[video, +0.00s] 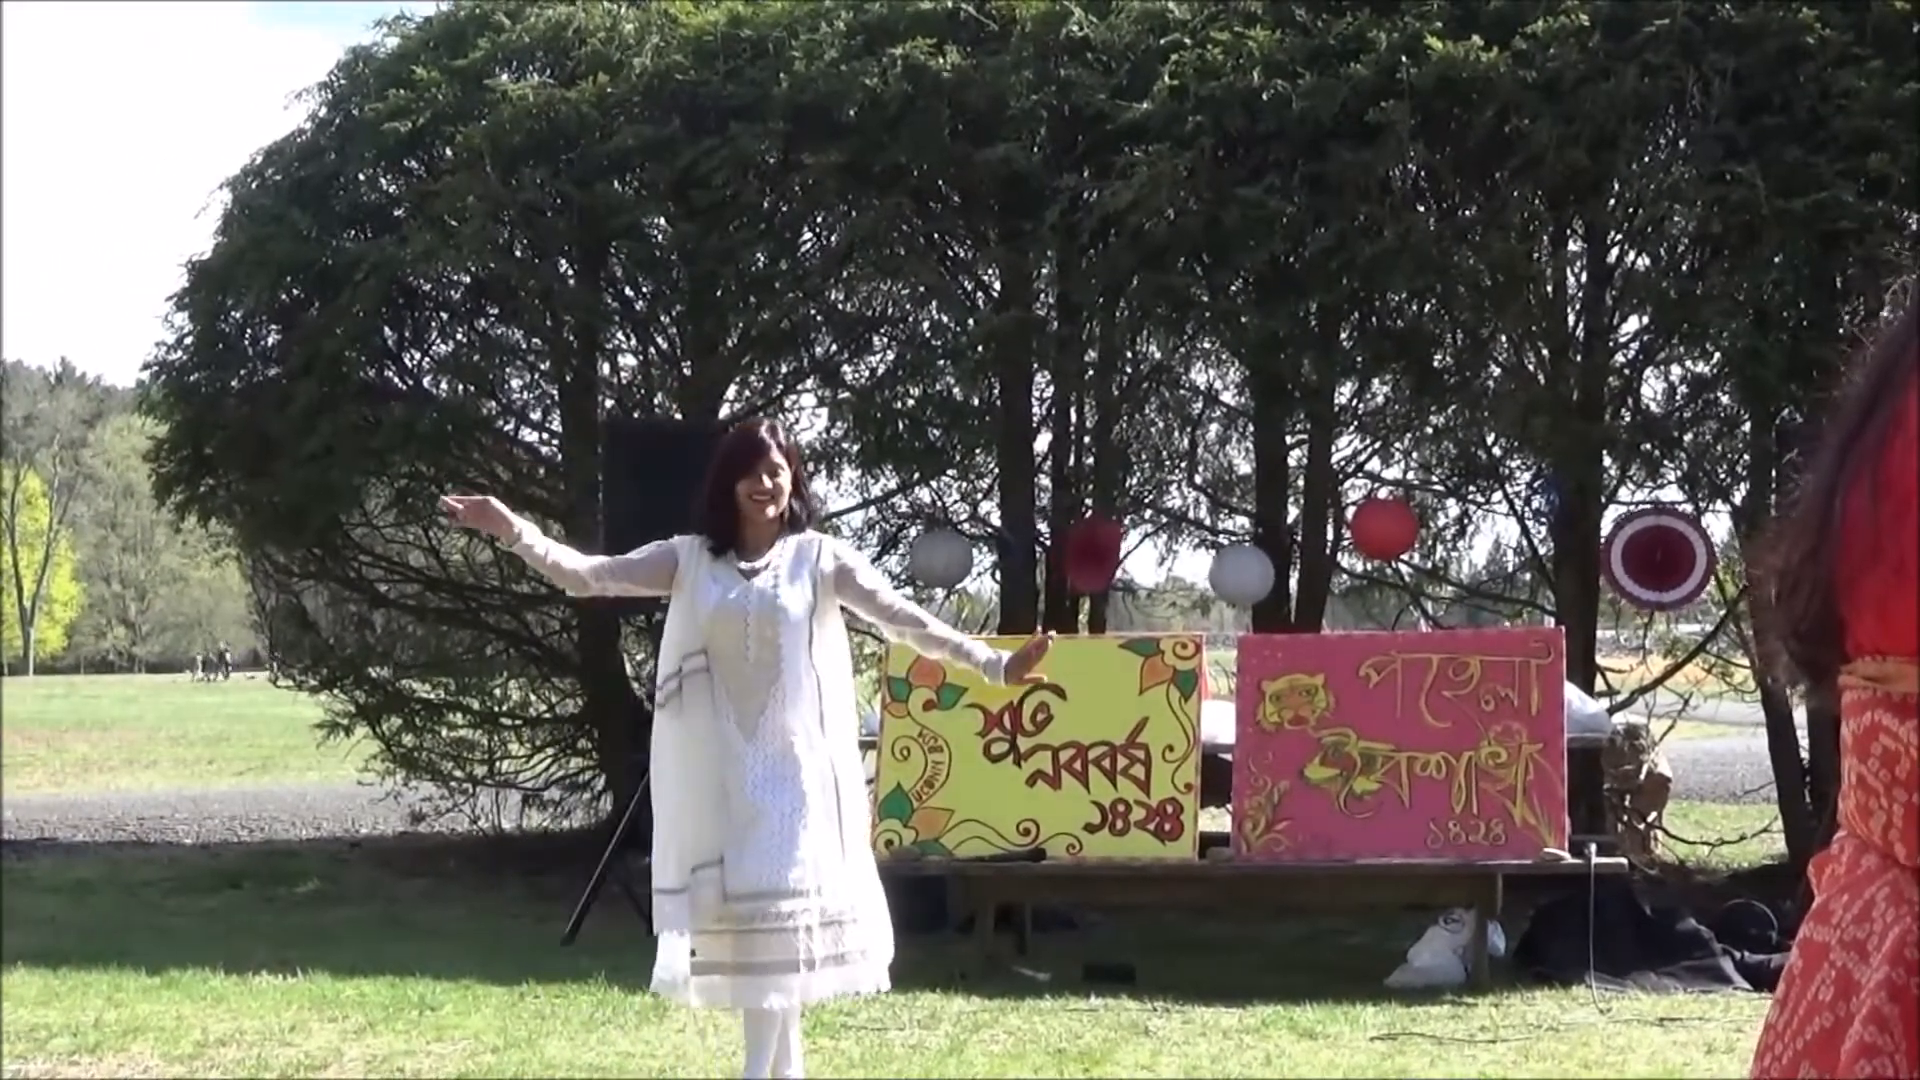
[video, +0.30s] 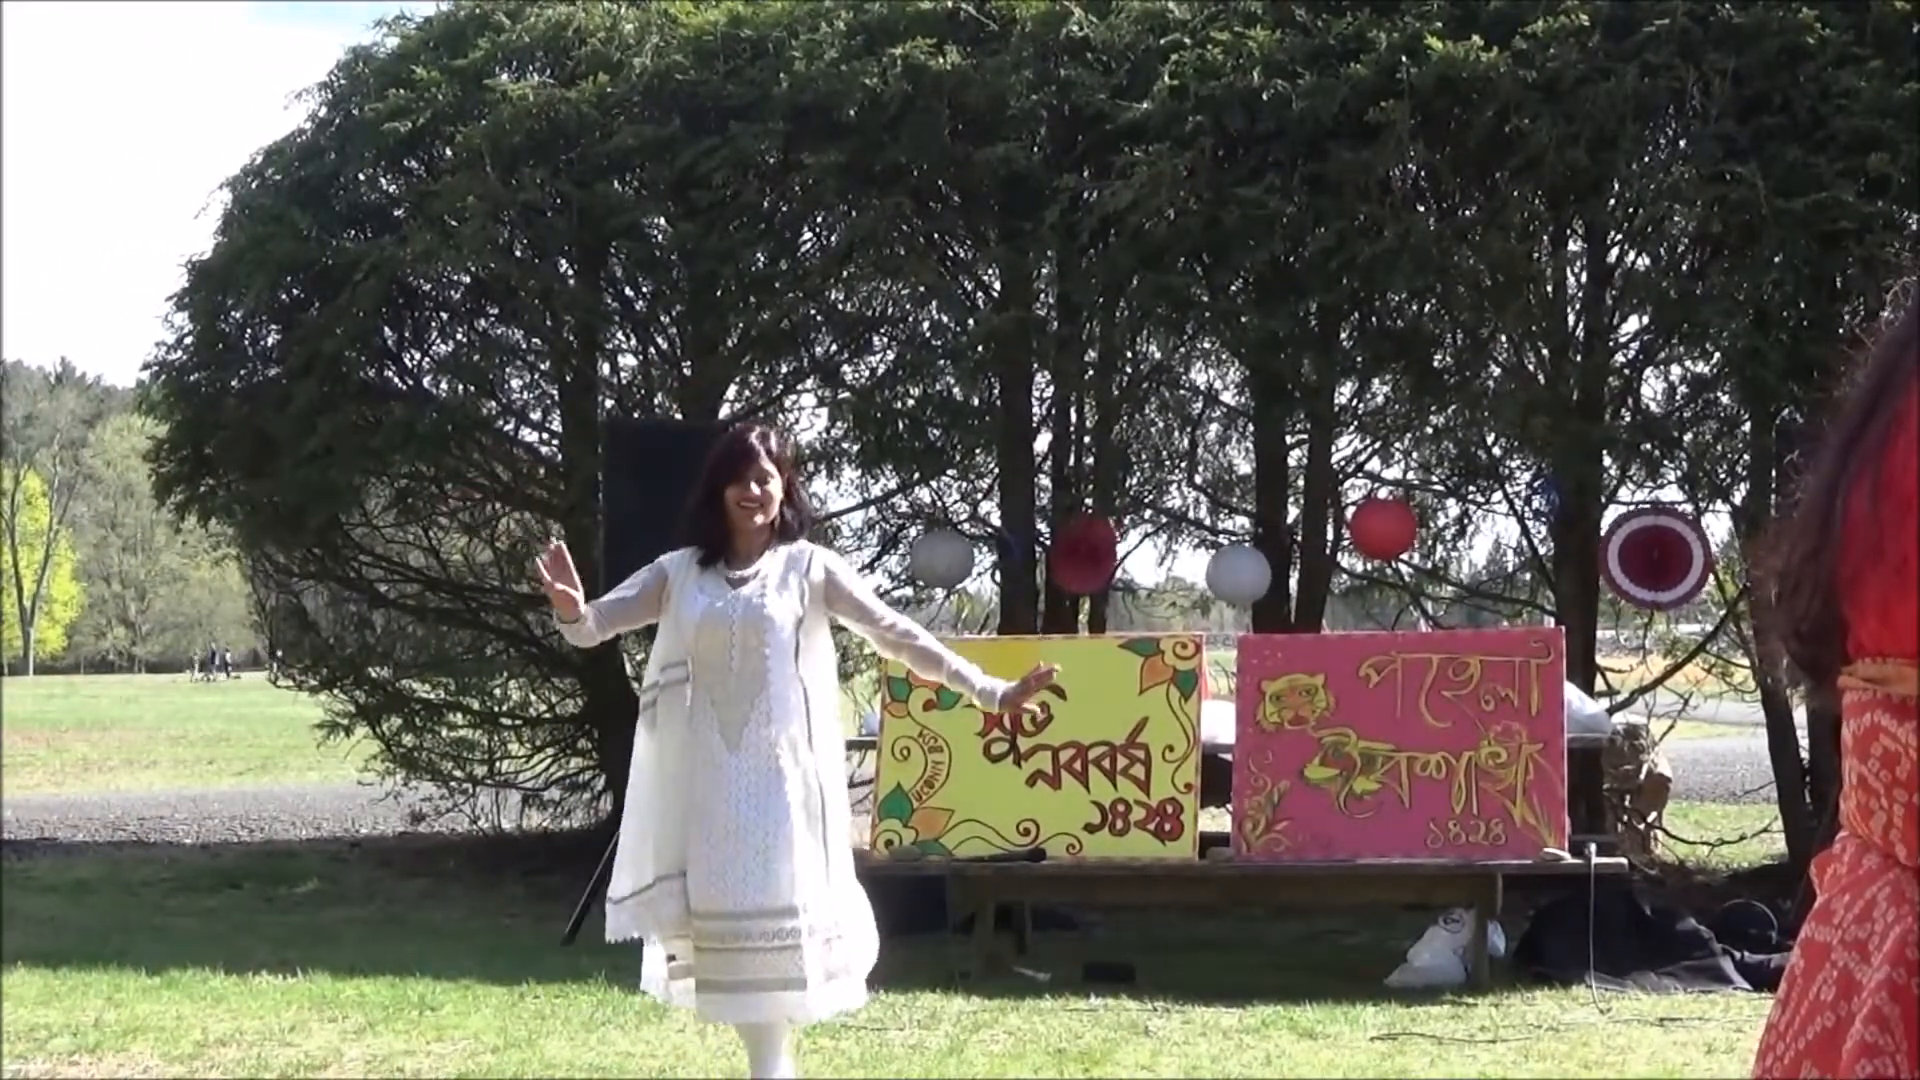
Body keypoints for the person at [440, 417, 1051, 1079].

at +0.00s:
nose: (768, 483)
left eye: (777, 471)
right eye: (753, 472)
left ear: (793, 480)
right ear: (727, 483)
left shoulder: (820, 557)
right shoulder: (693, 558)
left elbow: (907, 619)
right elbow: (584, 575)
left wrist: (994, 660)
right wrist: (513, 528)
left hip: (799, 758)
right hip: (720, 756)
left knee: (770, 908)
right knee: (753, 911)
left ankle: (763, 1068)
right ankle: (783, 1063)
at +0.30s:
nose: (752, 489)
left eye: (764, 477)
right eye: (739, 477)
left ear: (785, 487)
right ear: (718, 488)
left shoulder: (809, 567)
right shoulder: (679, 571)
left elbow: (898, 636)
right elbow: (589, 629)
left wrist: (991, 691)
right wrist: (569, 603)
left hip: (782, 769)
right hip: (698, 769)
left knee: (773, 918)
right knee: (724, 920)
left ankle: (770, 1066)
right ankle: (770, 1065)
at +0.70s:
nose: (722, 509)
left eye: (738, 497)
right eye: (711, 496)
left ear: (761, 511)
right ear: (692, 504)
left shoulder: (779, 587)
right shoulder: (655, 599)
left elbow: (874, 662)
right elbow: (584, 691)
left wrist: (971, 727)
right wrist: (596, 666)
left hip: (753, 804)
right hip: (669, 799)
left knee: (750, 963)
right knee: (617, 919)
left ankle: (758, 1069)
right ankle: (666, 1073)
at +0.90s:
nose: (685, 500)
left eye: (702, 490)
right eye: (675, 487)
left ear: (726, 506)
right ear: (655, 498)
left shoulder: (745, 593)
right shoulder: (611, 591)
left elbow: (825, 676)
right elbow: (541, 684)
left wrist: (932, 693)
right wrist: (591, 662)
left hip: (722, 821)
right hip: (622, 821)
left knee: (744, 983)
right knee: (606, 980)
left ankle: (758, 1068)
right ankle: (641, 1075)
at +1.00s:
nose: (654, 492)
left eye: (672, 481)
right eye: (644, 480)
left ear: (700, 499)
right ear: (629, 493)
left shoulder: (721, 590)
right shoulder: (589, 585)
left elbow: (778, 682)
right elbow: (525, 684)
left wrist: (853, 650)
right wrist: (583, 657)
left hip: (697, 817)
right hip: (600, 818)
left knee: (723, 984)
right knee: (603, 988)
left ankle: (738, 1068)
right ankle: (637, 1076)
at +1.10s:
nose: (622, 497)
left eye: (640, 484)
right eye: (613, 485)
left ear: (673, 499)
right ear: (601, 499)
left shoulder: (697, 587)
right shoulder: (567, 588)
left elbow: (727, 688)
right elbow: (499, 686)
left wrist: (725, 601)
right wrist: (559, 661)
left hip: (656, 799)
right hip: (571, 800)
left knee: (567, 929)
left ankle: (667, 1056)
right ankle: (642, 1070)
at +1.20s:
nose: (588, 499)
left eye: (605, 486)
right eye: (583, 487)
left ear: (642, 500)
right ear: (573, 498)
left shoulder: (667, 586)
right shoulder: (539, 591)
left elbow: (663, 674)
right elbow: (463, 681)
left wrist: (602, 589)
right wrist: (517, 666)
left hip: (620, 800)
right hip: (539, 802)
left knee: (515, 915)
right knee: (570, 967)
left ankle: (541, 1069)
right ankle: (633, 1070)